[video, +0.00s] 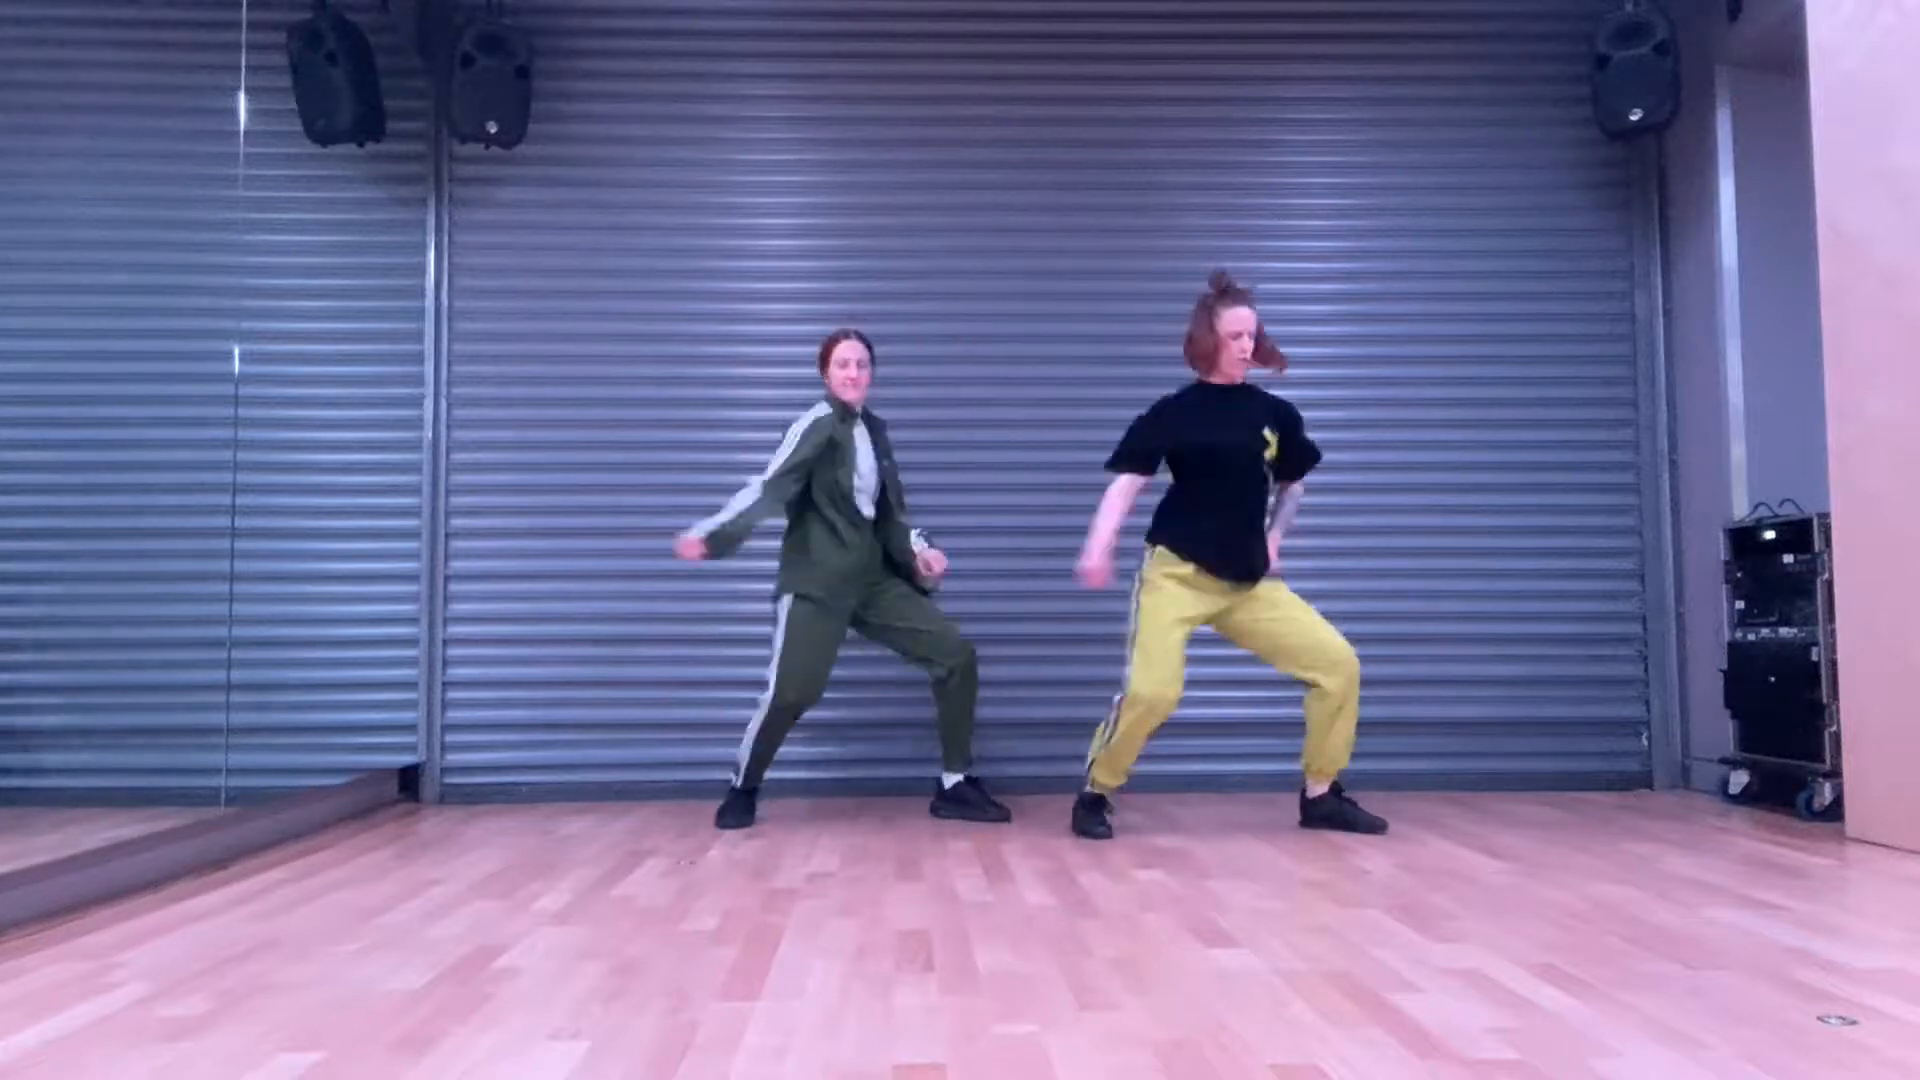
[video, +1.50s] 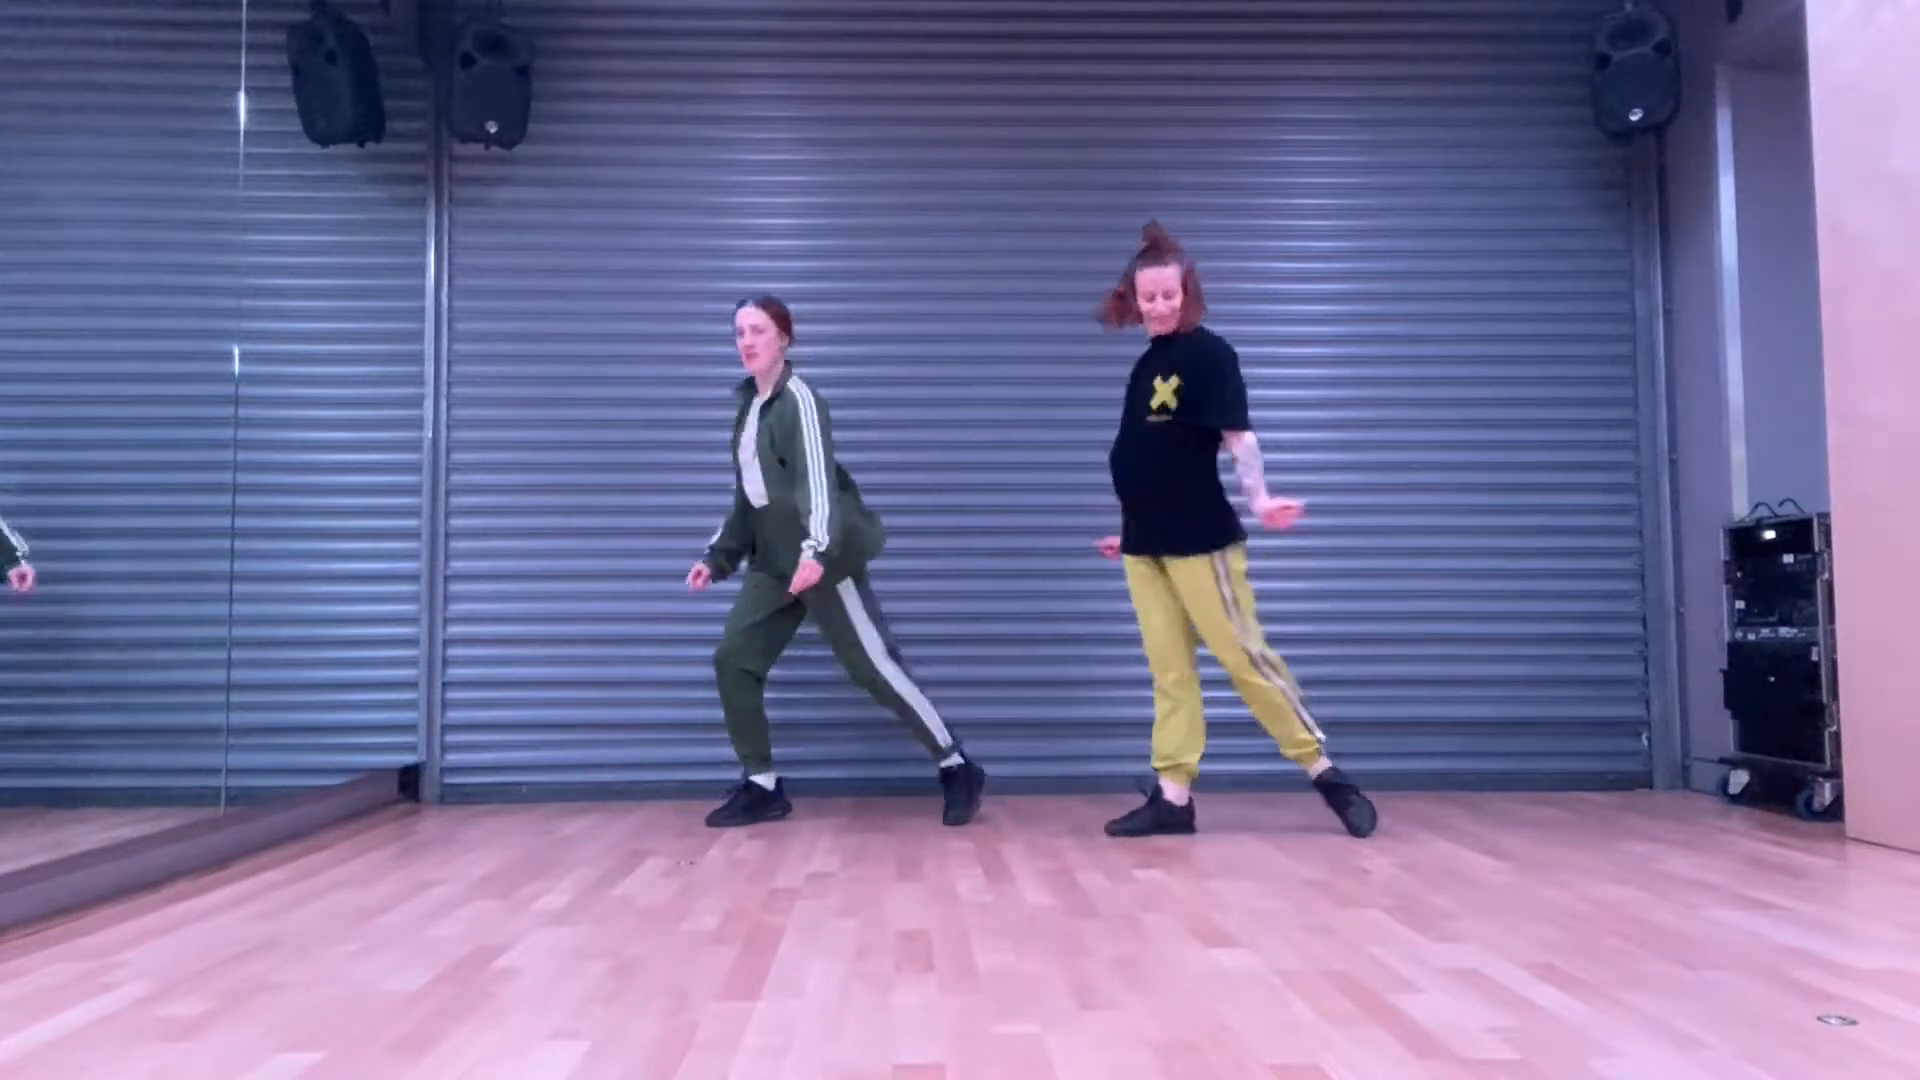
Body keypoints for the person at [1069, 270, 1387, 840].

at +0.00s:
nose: (1246, 346)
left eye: (1251, 335)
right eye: (1234, 335)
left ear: (1256, 341)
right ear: (1206, 339)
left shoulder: (1275, 415)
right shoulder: (1173, 413)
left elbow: (1293, 486)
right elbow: (1126, 483)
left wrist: (1272, 541)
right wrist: (1097, 547)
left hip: (1247, 584)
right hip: (1174, 579)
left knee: (1337, 664)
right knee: (1154, 692)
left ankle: (1320, 796)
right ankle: (1095, 794)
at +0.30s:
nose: (1245, 353)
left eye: (1253, 341)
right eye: (1233, 343)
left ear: (1265, 342)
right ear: (1211, 346)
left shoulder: (1285, 395)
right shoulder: (1189, 410)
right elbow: (1136, 471)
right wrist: (1135, 503)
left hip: (1257, 554)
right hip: (1182, 549)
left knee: (1281, 679)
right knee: (1130, 663)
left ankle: (1364, 785)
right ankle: (1134, 793)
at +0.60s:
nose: (1247, 354)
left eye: (1257, 341)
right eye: (1235, 343)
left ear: (1273, 346)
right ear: (1220, 352)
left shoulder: (1308, 417)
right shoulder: (1214, 430)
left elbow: (1351, 495)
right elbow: (1200, 511)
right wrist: (1132, 545)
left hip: (1320, 587)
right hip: (1245, 588)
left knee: (1334, 701)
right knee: (1176, 666)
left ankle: (1369, 798)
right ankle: (1171, 799)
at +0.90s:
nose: (1245, 360)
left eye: (1255, 346)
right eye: (1234, 350)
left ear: (1277, 344)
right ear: (1222, 356)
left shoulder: (1319, 397)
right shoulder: (1231, 415)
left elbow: (1366, 471)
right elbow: (1217, 500)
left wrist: (1419, 481)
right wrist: (1161, 536)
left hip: (1272, 563)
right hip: (1202, 551)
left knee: (1301, 680)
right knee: (1149, 670)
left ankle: (1364, 792)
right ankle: (1167, 798)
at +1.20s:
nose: (1191, 319)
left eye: (1201, 306)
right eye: (1180, 308)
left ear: (1219, 306)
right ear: (1167, 311)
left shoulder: (1246, 337)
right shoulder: (1172, 363)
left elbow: (1296, 388)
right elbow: (1151, 435)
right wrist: (1095, 470)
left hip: (1286, 531)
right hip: (1217, 534)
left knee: (1311, 664)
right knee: (1168, 645)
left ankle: (1370, 785)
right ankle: (1181, 784)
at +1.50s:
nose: (1160, 306)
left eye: (1170, 293)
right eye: (1149, 296)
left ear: (1187, 293)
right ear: (1133, 300)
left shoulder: (1209, 354)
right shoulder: (1146, 363)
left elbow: (1238, 439)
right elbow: (1148, 455)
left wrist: (1261, 499)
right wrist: (1131, 531)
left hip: (1200, 537)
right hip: (1145, 540)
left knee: (1246, 659)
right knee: (1169, 671)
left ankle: (1325, 776)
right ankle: (1173, 799)